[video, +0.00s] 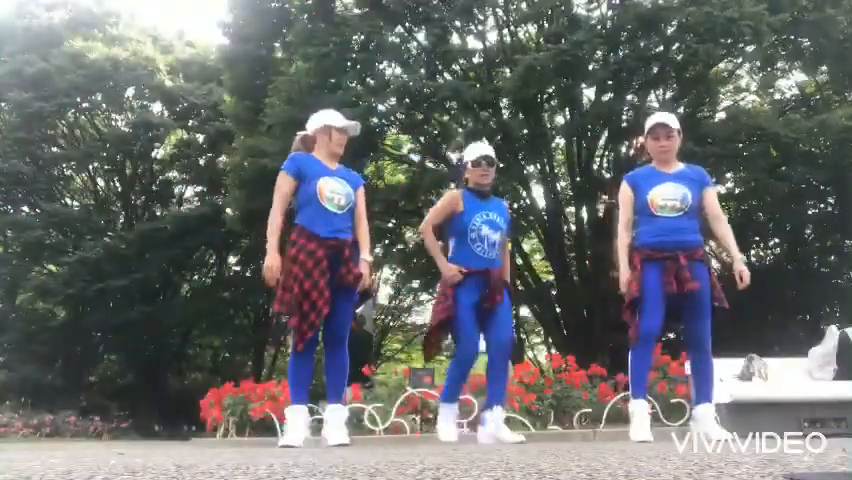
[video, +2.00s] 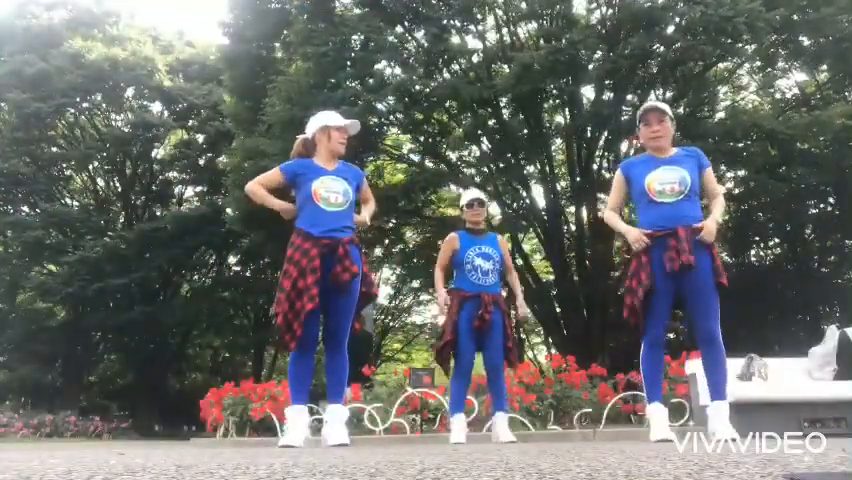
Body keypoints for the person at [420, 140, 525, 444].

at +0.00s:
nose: (484, 170)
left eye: (489, 164)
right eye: (477, 164)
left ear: (496, 170)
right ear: (466, 170)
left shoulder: (502, 207)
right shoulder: (457, 198)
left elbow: (505, 249)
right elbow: (426, 227)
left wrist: (505, 283)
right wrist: (443, 265)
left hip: (495, 281)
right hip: (465, 281)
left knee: (503, 344)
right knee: (468, 348)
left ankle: (493, 419)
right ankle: (448, 412)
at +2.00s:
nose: (476, 210)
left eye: (480, 205)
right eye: (470, 206)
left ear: (486, 210)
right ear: (462, 211)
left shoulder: (498, 241)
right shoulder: (454, 240)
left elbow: (510, 272)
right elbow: (440, 269)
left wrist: (519, 299)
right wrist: (440, 293)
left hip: (494, 304)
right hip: (465, 303)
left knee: (495, 362)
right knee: (465, 361)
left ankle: (500, 421)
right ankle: (457, 420)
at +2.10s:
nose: (479, 211)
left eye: (483, 207)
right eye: (474, 208)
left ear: (489, 212)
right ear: (466, 213)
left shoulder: (500, 241)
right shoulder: (457, 239)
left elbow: (517, 264)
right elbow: (442, 266)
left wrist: (526, 275)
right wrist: (442, 282)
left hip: (497, 304)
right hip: (469, 303)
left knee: (497, 362)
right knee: (466, 362)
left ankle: (501, 421)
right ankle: (458, 419)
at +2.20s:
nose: (484, 214)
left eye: (489, 209)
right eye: (479, 209)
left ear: (495, 214)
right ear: (471, 214)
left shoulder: (504, 239)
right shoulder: (463, 238)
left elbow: (529, 253)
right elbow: (441, 256)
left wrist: (524, 224)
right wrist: (448, 224)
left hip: (501, 304)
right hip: (473, 303)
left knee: (499, 362)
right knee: (470, 361)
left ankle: (501, 422)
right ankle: (459, 419)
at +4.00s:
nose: (481, 215)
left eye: (485, 211)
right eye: (475, 211)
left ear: (492, 215)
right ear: (466, 216)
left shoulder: (502, 239)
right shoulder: (460, 242)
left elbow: (523, 266)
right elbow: (441, 268)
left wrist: (505, 253)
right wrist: (461, 251)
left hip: (496, 305)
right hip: (468, 305)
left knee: (497, 364)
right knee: (463, 363)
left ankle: (501, 423)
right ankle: (456, 422)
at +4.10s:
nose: (478, 216)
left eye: (482, 211)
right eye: (472, 212)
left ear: (488, 215)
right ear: (463, 217)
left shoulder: (499, 242)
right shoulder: (456, 244)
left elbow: (518, 267)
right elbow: (439, 272)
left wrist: (507, 273)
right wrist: (455, 273)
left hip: (494, 306)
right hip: (466, 306)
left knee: (496, 365)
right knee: (463, 364)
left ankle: (501, 423)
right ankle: (457, 423)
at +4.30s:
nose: (468, 216)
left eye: (472, 212)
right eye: (462, 213)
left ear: (478, 217)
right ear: (454, 219)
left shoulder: (490, 244)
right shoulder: (446, 247)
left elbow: (502, 277)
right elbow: (437, 281)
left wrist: (509, 306)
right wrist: (436, 309)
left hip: (486, 306)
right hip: (456, 307)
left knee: (490, 364)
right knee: (459, 366)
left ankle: (500, 420)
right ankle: (457, 423)